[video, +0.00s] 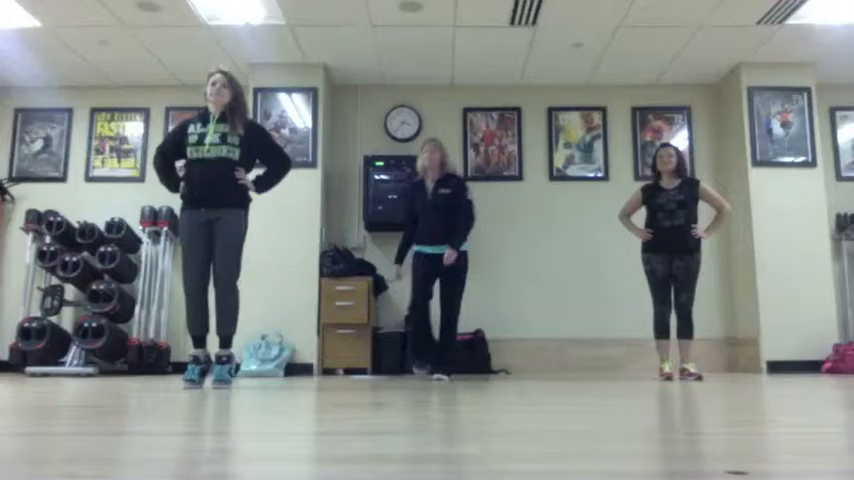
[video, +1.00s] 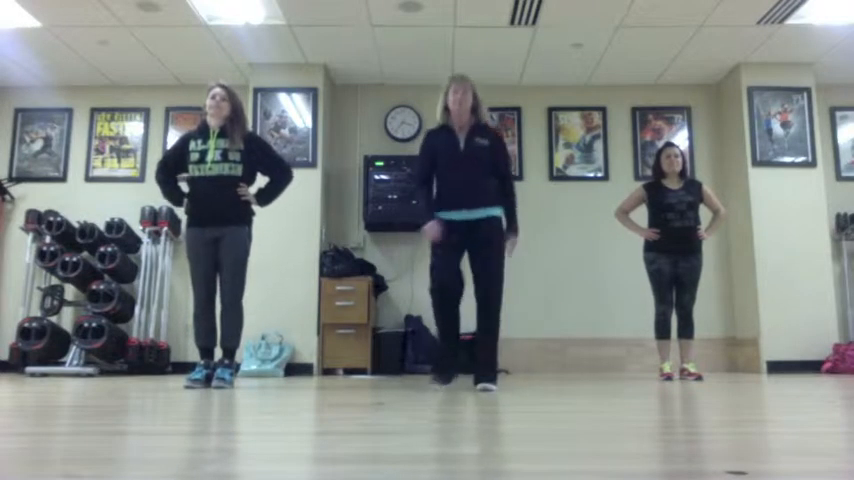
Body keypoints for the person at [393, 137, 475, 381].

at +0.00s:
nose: (430, 156)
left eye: (435, 151)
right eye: (426, 151)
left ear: (442, 156)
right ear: (421, 157)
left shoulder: (455, 183)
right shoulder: (415, 186)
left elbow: (467, 217)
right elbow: (411, 225)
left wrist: (455, 246)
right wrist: (399, 259)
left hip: (451, 254)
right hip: (423, 254)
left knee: (449, 312)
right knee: (418, 307)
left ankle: (442, 367)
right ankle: (422, 360)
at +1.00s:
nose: (458, 97)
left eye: (464, 93)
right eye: (454, 93)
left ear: (473, 99)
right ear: (446, 98)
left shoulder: (490, 136)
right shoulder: (435, 137)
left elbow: (505, 181)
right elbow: (421, 182)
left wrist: (511, 223)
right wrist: (427, 218)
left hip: (487, 223)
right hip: (447, 224)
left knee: (489, 298)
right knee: (443, 291)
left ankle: (486, 373)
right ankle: (447, 365)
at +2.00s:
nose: (440, 23)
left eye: (447, 18)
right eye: (434, 18)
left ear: (458, 28)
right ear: (424, 29)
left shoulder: (479, 77)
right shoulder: (407, 80)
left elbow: (498, 130)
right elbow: (391, 135)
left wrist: (505, 180)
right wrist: (379, 183)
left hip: (468, 187)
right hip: (416, 187)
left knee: (460, 284)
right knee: (412, 280)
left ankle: (446, 384)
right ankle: (411, 377)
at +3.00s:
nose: (428, 3)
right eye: (422, 0)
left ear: (449, 10)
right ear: (414, 12)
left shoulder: (473, 62)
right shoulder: (396, 60)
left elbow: (491, 123)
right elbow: (371, 118)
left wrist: (494, 178)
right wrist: (327, 80)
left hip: (461, 179)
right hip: (407, 178)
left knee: (456, 284)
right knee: (409, 282)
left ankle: (445, 385)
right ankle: (413, 386)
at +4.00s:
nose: (489, 18)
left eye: (494, 12)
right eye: (480, 12)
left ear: (501, 15)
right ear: (466, 15)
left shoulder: (514, 65)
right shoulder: (448, 48)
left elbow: (552, 127)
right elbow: (426, 102)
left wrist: (616, 138)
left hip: (498, 184)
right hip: (449, 180)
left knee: (527, 282)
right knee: (432, 284)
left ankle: (560, 385)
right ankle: (414, 389)